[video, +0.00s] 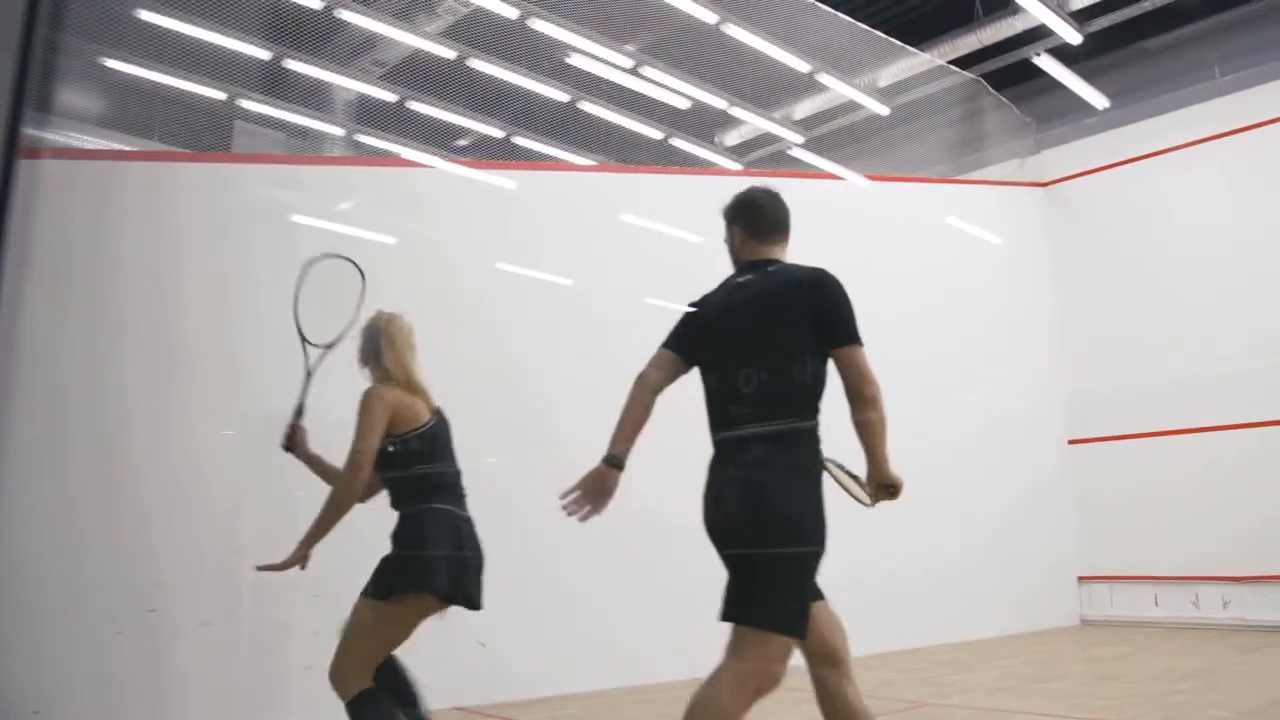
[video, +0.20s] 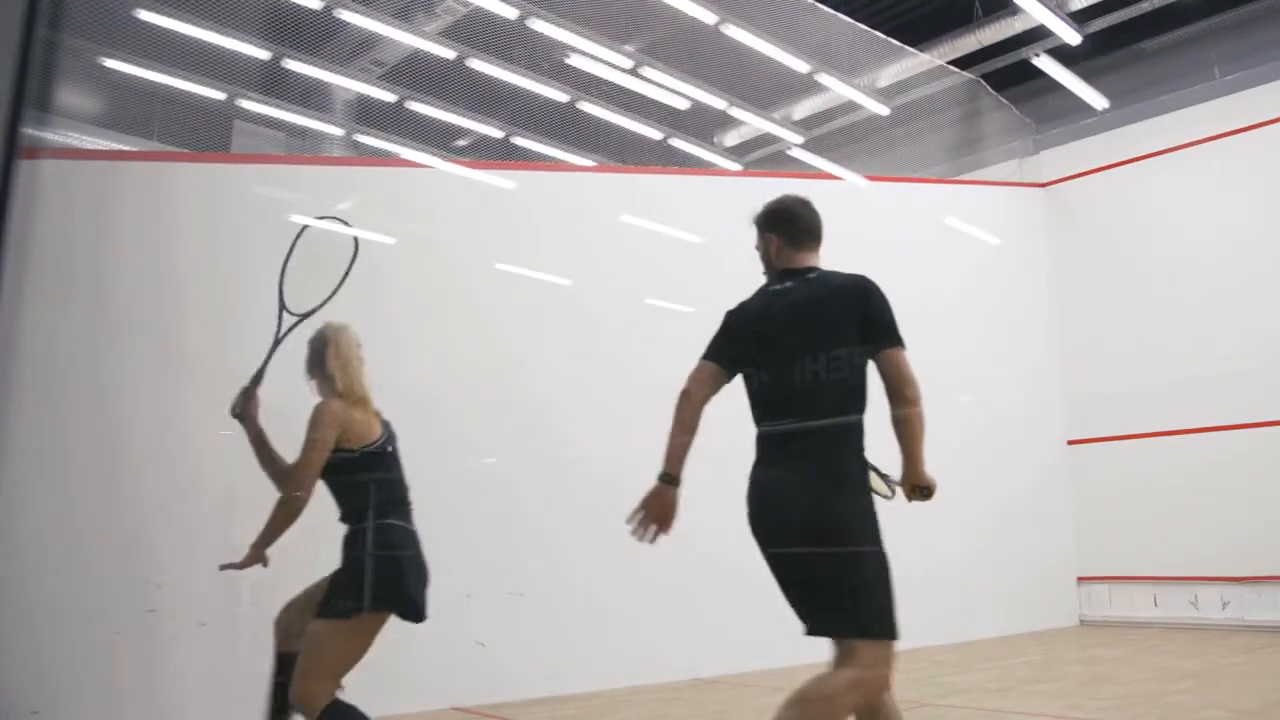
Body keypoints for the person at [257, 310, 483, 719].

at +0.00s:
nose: (361, 357)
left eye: (364, 348)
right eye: (362, 347)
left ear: (372, 351)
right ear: (405, 350)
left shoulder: (382, 397)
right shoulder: (425, 406)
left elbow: (355, 482)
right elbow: (362, 491)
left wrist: (306, 544)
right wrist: (306, 453)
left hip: (424, 550)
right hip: (456, 550)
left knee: (347, 674)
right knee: (373, 654)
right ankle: (416, 714)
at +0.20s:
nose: (309, 372)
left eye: (311, 363)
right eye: (311, 363)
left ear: (318, 366)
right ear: (355, 362)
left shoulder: (332, 411)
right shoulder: (369, 416)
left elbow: (298, 491)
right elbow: (291, 481)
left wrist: (259, 547)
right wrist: (252, 425)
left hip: (376, 566)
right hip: (391, 562)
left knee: (310, 694)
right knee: (291, 623)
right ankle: (279, 713)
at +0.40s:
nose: (258, 388)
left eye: (260, 379)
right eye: (259, 380)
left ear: (269, 381)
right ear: (299, 376)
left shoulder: (289, 421)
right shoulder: (297, 424)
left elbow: (257, 500)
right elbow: (213, 468)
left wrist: (221, 555)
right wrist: (216, 419)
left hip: (315, 582)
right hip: (321, 582)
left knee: (281, 709)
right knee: (232, 653)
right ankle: (185, 714)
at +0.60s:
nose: (208, 392)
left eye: (210, 384)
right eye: (211, 384)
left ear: (215, 388)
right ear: (254, 385)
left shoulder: (236, 441)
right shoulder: (259, 436)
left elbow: (211, 527)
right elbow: (173, 475)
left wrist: (178, 575)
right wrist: (159, 461)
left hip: (243, 591)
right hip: (258, 590)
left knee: (243, 708)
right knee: (170, 652)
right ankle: (140, 713)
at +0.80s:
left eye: (173, 369)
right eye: (217, 370)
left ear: (174, 376)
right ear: (218, 374)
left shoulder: (163, 432)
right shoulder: (236, 432)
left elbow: (156, 518)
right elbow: (206, 504)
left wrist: (137, 582)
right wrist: (140, 534)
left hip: (196, 568)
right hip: (239, 564)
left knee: (196, 700)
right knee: (149, 641)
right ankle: (132, 716)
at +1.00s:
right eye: (191, 355)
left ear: (144, 361)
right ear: (191, 361)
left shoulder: (124, 417)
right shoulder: (217, 417)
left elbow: (111, 499)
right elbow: (233, 497)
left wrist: (96, 570)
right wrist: (234, 552)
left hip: (161, 557)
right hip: (218, 552)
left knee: (153, 685)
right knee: (150, 667)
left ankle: (236, 716)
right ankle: (135, 714)